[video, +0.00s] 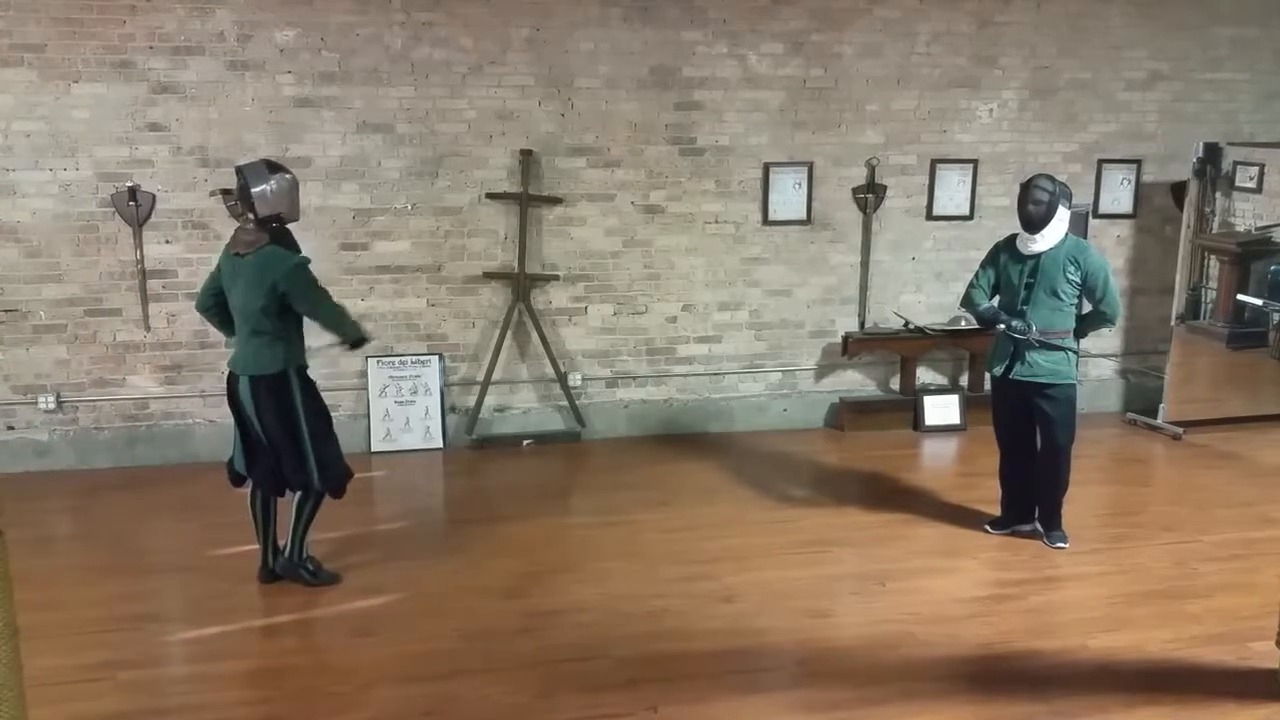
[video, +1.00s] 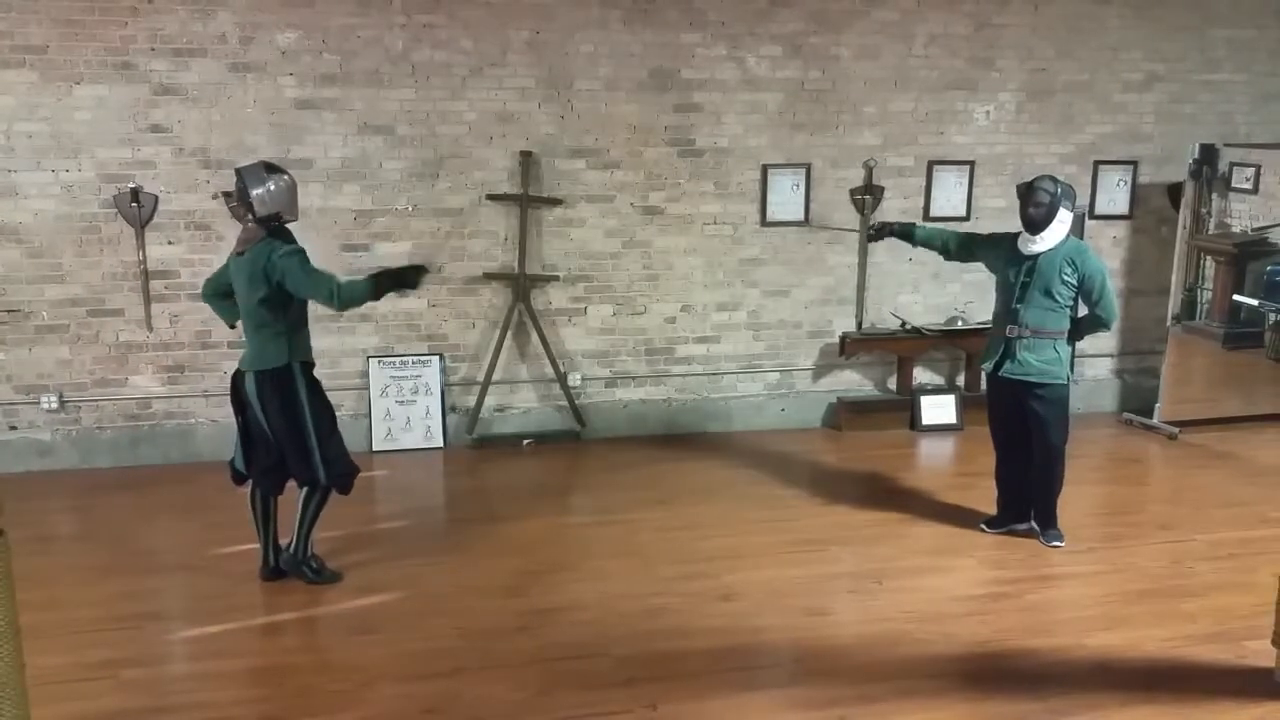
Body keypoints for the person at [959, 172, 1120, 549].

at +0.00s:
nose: (1028, 209)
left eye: (1037, 202)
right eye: (1024, 201)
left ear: (1058, 206)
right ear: (1019, 202)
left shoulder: (1081, 254)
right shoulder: (1005, 250)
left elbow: (1108, 311)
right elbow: (973, 297)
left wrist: (1071, 331)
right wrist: (1001, 319)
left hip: (1053, 372)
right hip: (1007, 370)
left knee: (1054, 453)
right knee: (1013, 449)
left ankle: (1051, 523)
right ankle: (1016, 516)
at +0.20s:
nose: (1028, 209)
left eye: (1037, 203)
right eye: (1025, 202)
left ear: (1058, 207)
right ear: (1019, 203)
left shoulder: (1081, 254)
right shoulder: (1005, 250)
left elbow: (1109, 311)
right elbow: (973, 297)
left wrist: (1073, 330)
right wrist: (1001, 320)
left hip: (1054, 371)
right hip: (1007, 369)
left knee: (1055, 453)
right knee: (1013, 449)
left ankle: (1052, 522)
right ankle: (1017, 515)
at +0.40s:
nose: (1027, 210)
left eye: (1035, 203)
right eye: (1023, 202)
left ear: (1056, 207)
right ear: (1017, 203)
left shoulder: (1080, 254)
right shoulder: (1005, 249)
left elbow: (1108, 310)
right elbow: (963, 294)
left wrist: (1073, 329)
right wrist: (998, 316)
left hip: (1050, 372)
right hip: (1005, 369)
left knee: (1049, 452)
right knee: (1011, 449)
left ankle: (1049, 523)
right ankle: (1015, 515)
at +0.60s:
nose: (1027, 211)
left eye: (1035, 204)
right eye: (1023, 203)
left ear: (1056, 207)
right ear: (1018, 204)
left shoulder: (1078, 254)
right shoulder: (1008, 249)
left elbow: (1106, 313)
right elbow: (962, 265)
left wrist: (1072, 331)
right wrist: (922, 264)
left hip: (1048, 365)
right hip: (1004, 362)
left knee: (1048, 450)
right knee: (1009, 446)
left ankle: (1048, 522)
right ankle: (1013, 515)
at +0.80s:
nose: (1029, 212)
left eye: (1038, 206)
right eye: (1025, 205)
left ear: (1058, 210)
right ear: (1019, 205)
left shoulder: (1078, 256)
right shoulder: (1004, 247)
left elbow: (1104, 314)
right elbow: (954, 246)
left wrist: (1068, 331)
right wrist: (904, 232)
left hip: (1048, 365)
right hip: (1003, 361)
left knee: (1048, 450)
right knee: (1009, 446)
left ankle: (1047, 521)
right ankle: (1013, 514)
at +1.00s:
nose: (1030, 213)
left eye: (1040, 207)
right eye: (1027, 205)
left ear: (1060, 210)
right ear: (1021, 206)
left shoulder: (1078, 256)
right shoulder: (1005, 247)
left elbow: (1105, 315)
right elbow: (954, 243)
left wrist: (1069, 331)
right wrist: (899, 230)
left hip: (1048, 365)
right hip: (1002, 361)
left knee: (1048, 449)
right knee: (1008, 445)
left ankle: (1046, 520)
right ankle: (1013, 513)